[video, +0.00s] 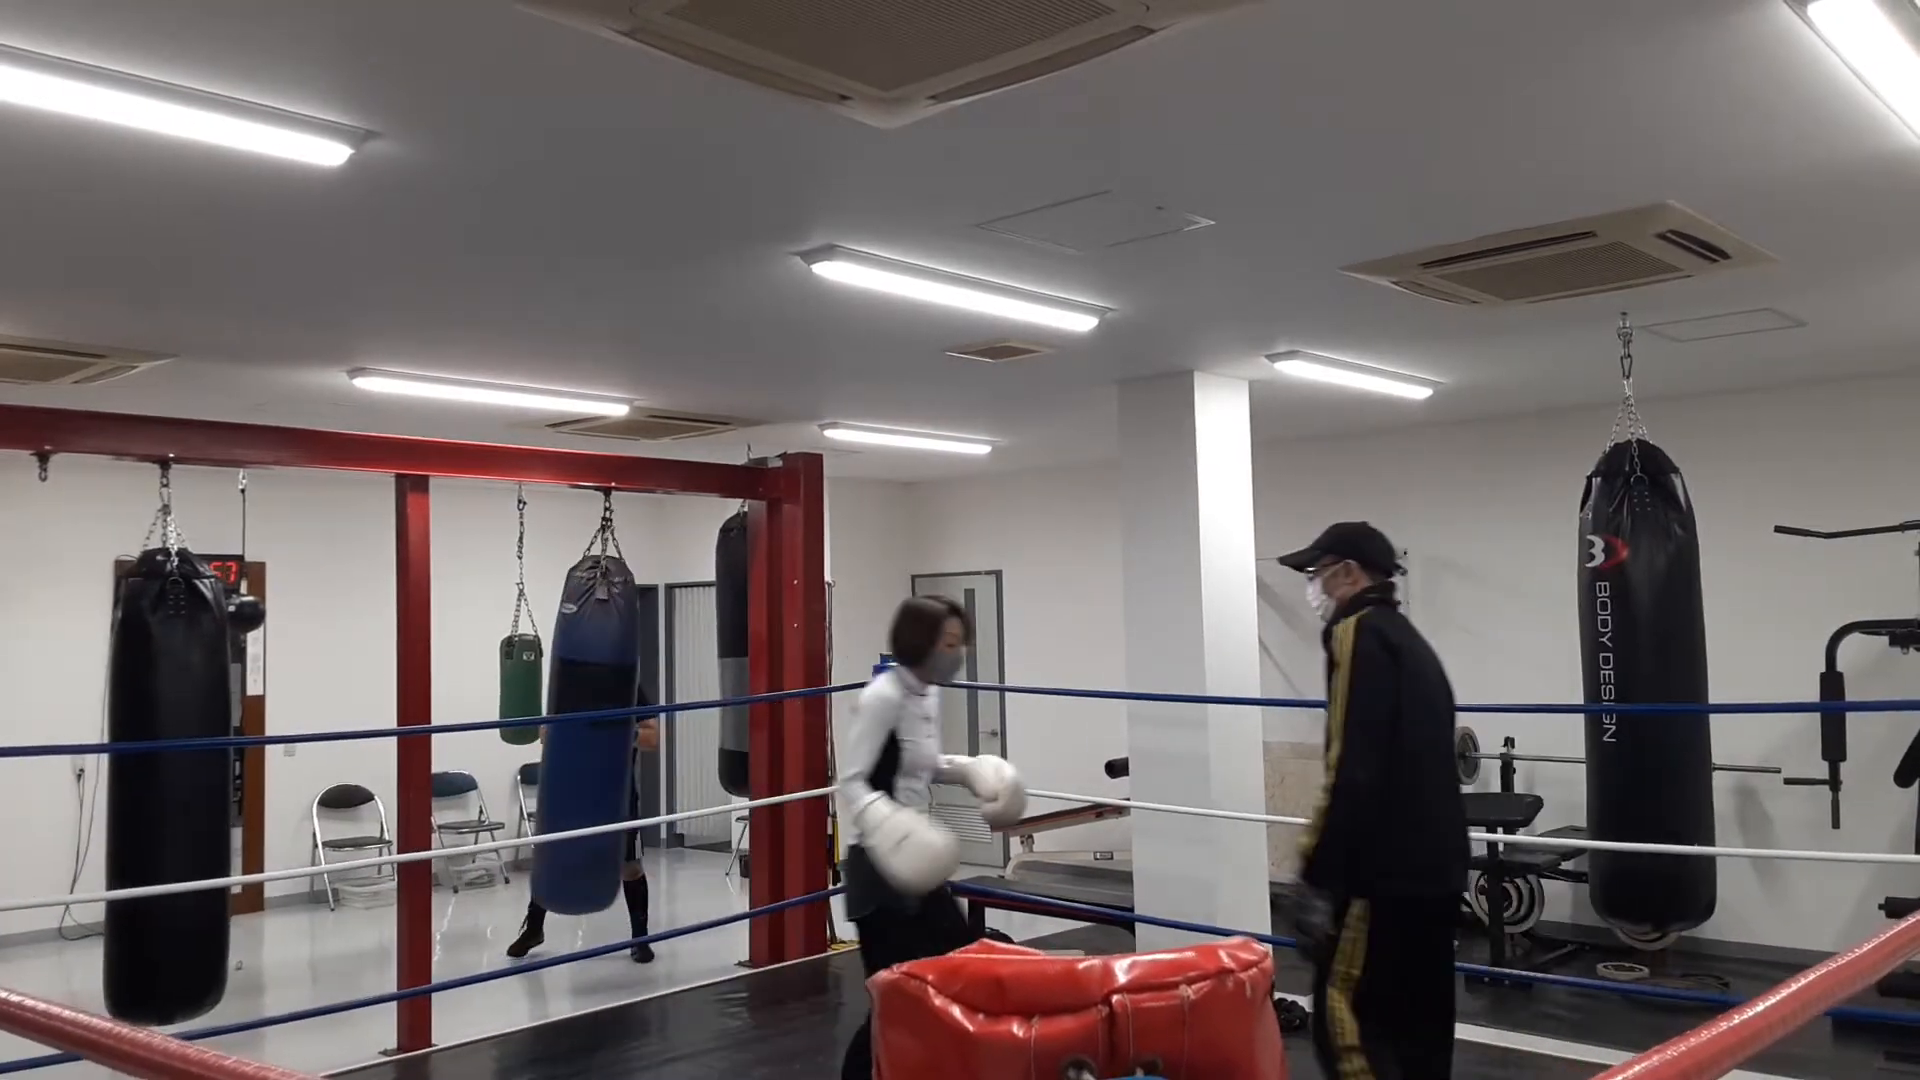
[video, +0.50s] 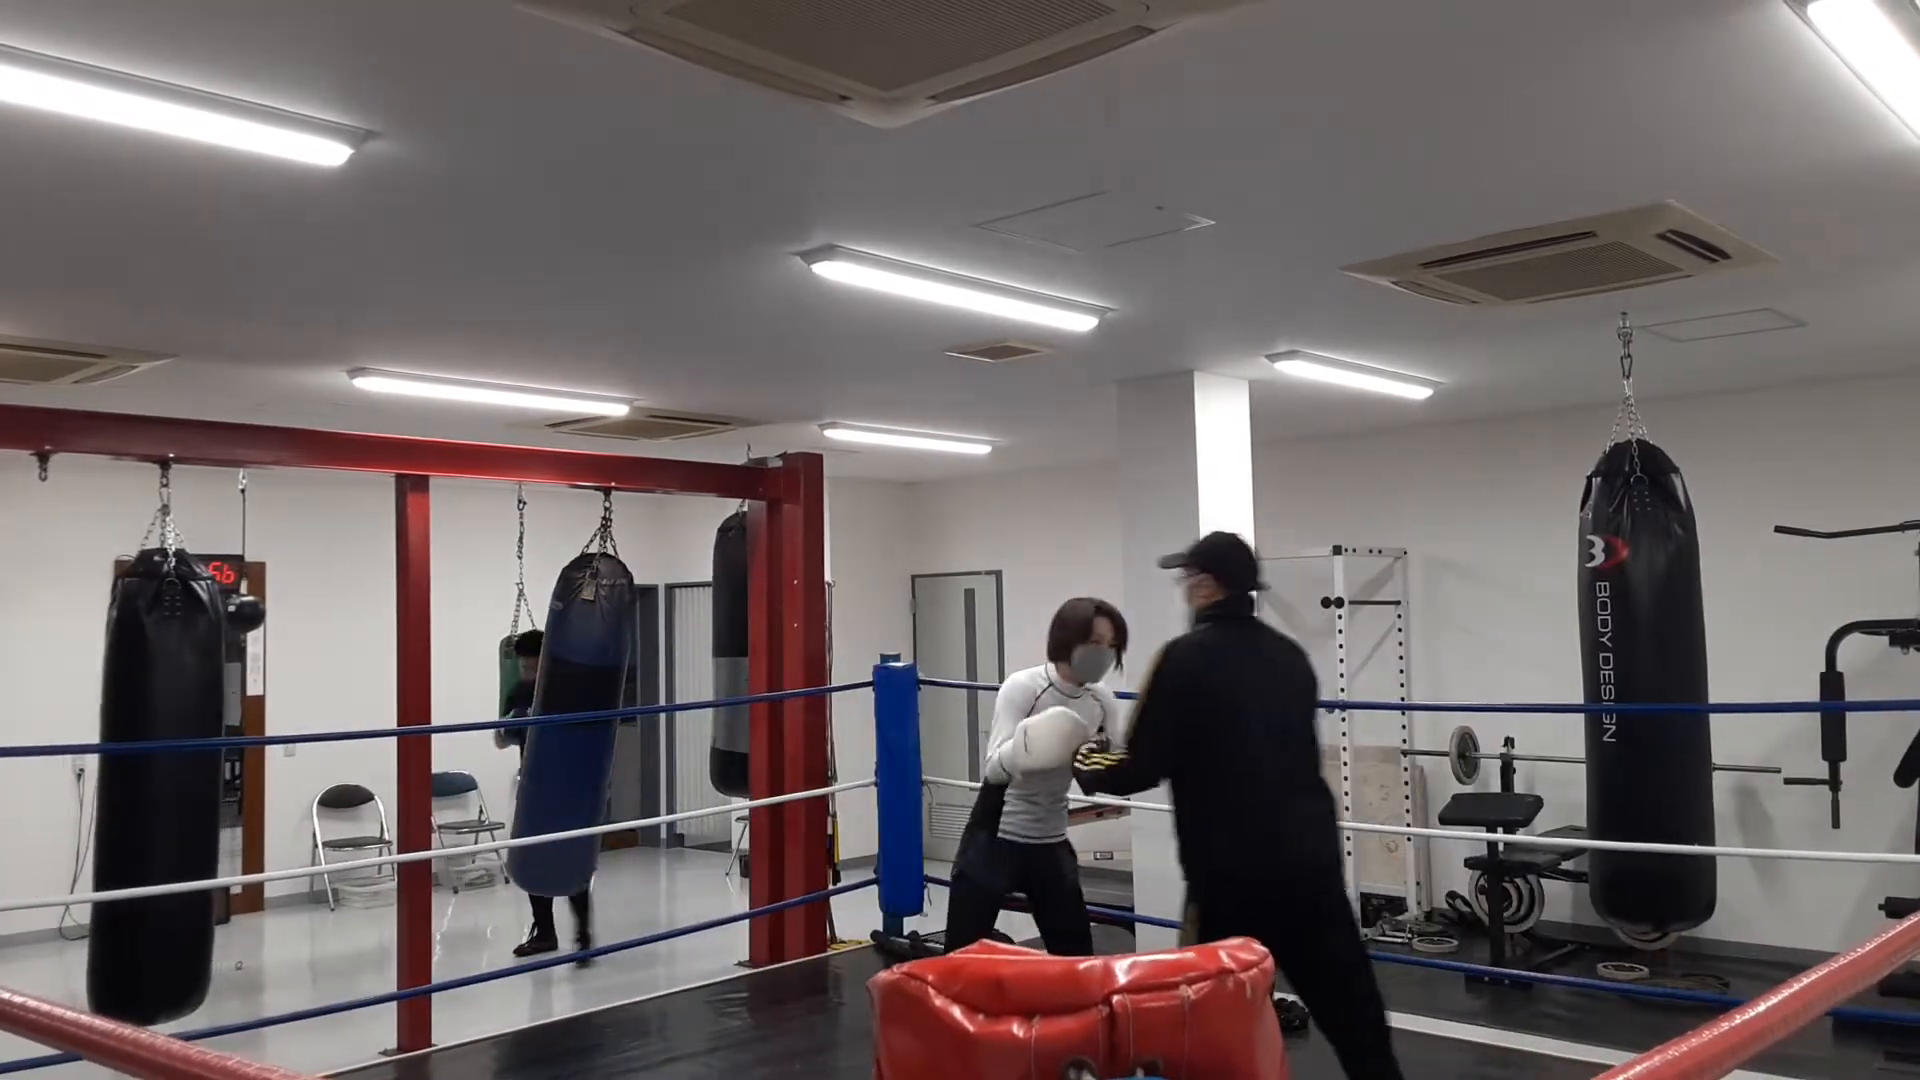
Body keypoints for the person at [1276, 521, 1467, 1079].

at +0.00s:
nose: (1312, 590)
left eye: (1318, 576)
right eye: (1311, 578)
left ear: (1349, 573)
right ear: (1364, 576)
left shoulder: (1359, 631)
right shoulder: (1408, 638)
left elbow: (1353, 768)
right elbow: (1426, 768)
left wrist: (1317, 878)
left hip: (1384, 866)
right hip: (1433, 862)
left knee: (1341, 1004)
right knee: (1419, 1012)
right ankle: (1423, 1077)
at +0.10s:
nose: (1297, 590)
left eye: (1303, 576)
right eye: (1296, 578)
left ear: (1332, 573)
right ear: (1355, 577)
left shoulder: (1334, 631)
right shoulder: (1394, 643)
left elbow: (1329, 759)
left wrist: (1259, 849)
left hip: (1356, 867)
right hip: (1416, 864)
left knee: (1312, 1025)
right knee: (1412, 1031)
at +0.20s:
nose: (1274, 592)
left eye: (1278, 579)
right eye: (1272, 581)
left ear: (1306, 575)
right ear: (1328, 579)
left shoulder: (1306, 636)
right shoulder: (1375, 645)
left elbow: (1296, 756)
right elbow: (1353, 758)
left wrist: (1207, 801)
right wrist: (1256, 767)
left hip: (1332, 868)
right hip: (1400, 865)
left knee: (1303, 1032)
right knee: (1406, 1036)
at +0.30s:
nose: (1246, 591)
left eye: (1252, 579)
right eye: (1247, 580)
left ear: (1279, 580)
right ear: (1303, 584)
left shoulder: (1270, 643)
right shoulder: (1356, 651)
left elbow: (1247, 755)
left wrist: (1153, 772)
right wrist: (1227, 731)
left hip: (1306, 874)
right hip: (1379, 874)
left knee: (1267, 1044)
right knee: (1398, 1051)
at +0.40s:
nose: (1220, 592)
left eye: (1226, 581)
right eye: (1220, 581)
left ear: (1251, 585)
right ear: (1279, 588)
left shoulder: (1230, 654)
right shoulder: (1323, 655)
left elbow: (1189, 762)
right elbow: (1272, 740)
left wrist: (1102, 767)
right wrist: (1168, 735)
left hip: (1266, 869)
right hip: (1343, 866)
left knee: (1235, 1013)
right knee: (1383, 1030)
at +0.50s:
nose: (1183, 589)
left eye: (1188, 579)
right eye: (1185, 579)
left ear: (1209, 585)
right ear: (1243, 587)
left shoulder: (1184, 658)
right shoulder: (1290, 654)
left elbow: (1145, 768)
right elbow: (1292, 752)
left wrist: (1089, 773)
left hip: (1225, 866)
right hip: (1307, 860)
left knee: (1213, 1014)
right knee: (1353, 1013)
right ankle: (1381, 1074)